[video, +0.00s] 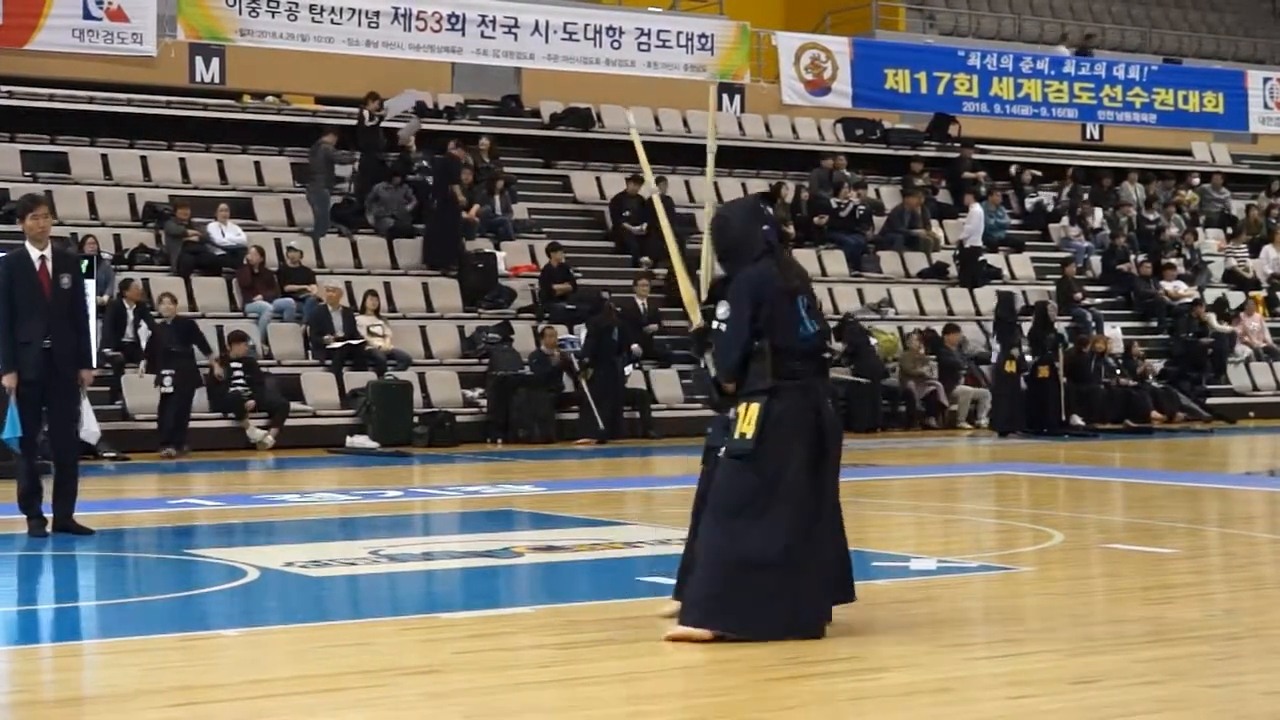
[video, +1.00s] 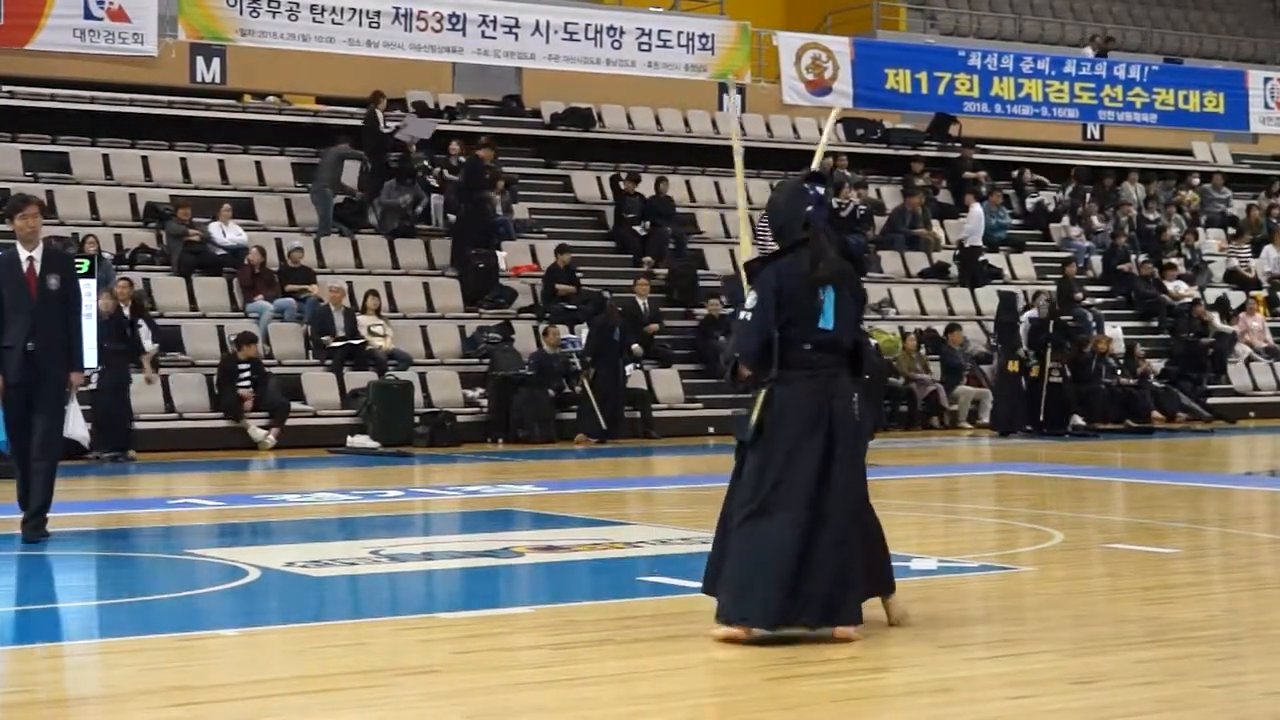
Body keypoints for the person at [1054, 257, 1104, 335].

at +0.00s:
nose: (1074, 269)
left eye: (1074, 267)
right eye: (1072, 267)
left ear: (1076, 268)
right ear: (1065, 268)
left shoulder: (1074, 280)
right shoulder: (1062, 282)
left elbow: (1085, 292)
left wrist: (1081, 295)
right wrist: (1084, 292)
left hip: (1079, 304)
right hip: (1068, 306)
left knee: (1098, 315)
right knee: (1086, 315)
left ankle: (1101, 338)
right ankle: (1089, 339)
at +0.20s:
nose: (1073, 269)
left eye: (1074, 266)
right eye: (1071, 267)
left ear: (1076, 268)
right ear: (1065, 268)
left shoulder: (1075, 280)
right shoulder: (1062, 282)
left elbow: (1085, 292)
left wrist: (1081, 294)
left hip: (1080, 304)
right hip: (1069, 306)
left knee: (1098, 315)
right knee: (1085, 315)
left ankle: (1100, 337)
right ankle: (1089, 339)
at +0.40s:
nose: (1073, 269)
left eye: (1074, 266)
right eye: (1070, 266)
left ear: (1076, 268)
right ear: (1065, 269)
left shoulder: (1075, 281)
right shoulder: (1062, 282)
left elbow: (1085, 292)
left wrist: (1081, 294)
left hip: (1079, 304)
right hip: (1068, 306)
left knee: (1098, 315)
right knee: (1086, 315)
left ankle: (1101, 337)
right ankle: (1089, 339)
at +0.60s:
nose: (1073, 269)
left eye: (1074, 266)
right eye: (1070, 266)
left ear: (1076, 268)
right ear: (1064, 268)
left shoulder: (1075, 281)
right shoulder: (1062, 282)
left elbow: (1085, 292)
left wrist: (1081, 295)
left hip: (1079, 304)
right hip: (1068, 306)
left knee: (1098, 315)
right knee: (1086, 315)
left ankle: (1101, 338)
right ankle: (1089, 339)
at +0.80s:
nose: (1073, 269)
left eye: (1074, 266)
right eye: (1070, 266)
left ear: (1076, 268)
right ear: (1064, 268)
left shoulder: (1075, 281)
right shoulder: (1063, 282)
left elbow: (1085, 291)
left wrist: (1081, 295)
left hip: (1080, 304)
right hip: (1069, 306)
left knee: (1098, 315)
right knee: (1086, 315)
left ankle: (1101, 337)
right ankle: (1089, 339)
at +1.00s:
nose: (1073, 269)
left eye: (1074, 266)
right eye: (1070, 266)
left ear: (1076, 268)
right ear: (1064, 268)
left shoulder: (1075, 281)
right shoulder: (1063, 282)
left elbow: (1084, 291)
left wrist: (1081, 295)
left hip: (1080, 304)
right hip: (1068, 306)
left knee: (1098, 315)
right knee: (1086, 315)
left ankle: (1101, 338)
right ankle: (1089, 339)